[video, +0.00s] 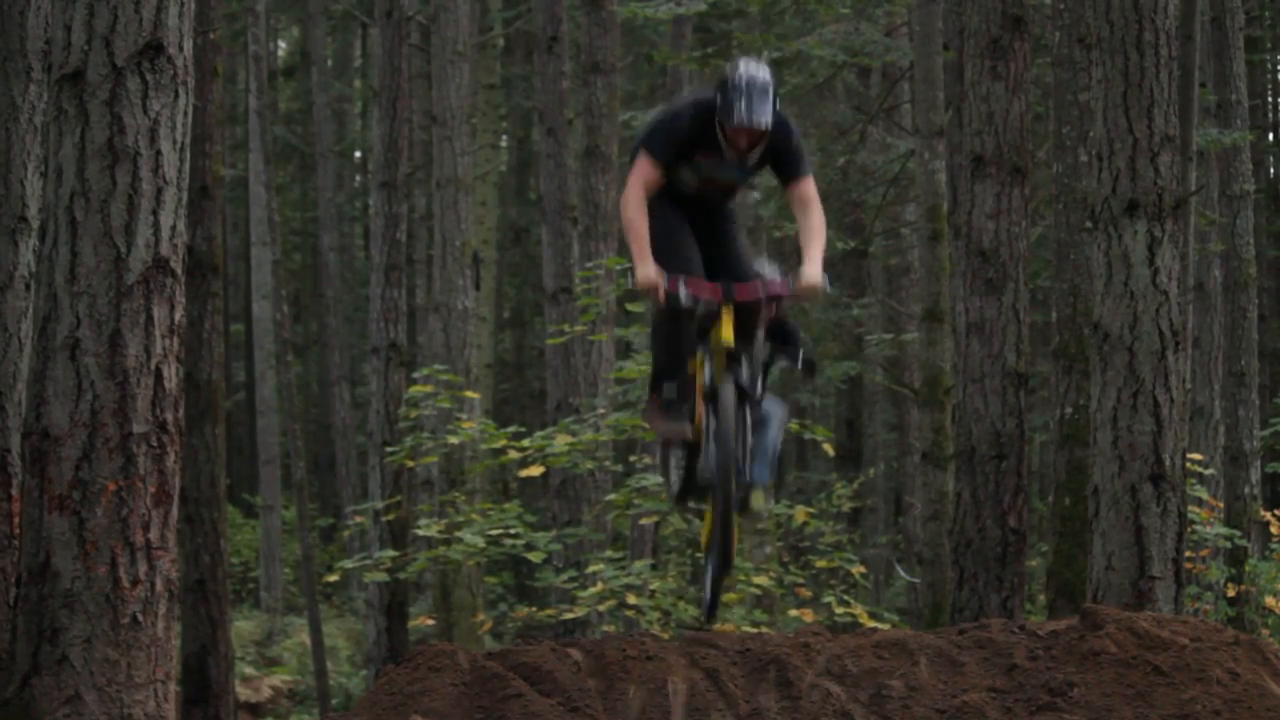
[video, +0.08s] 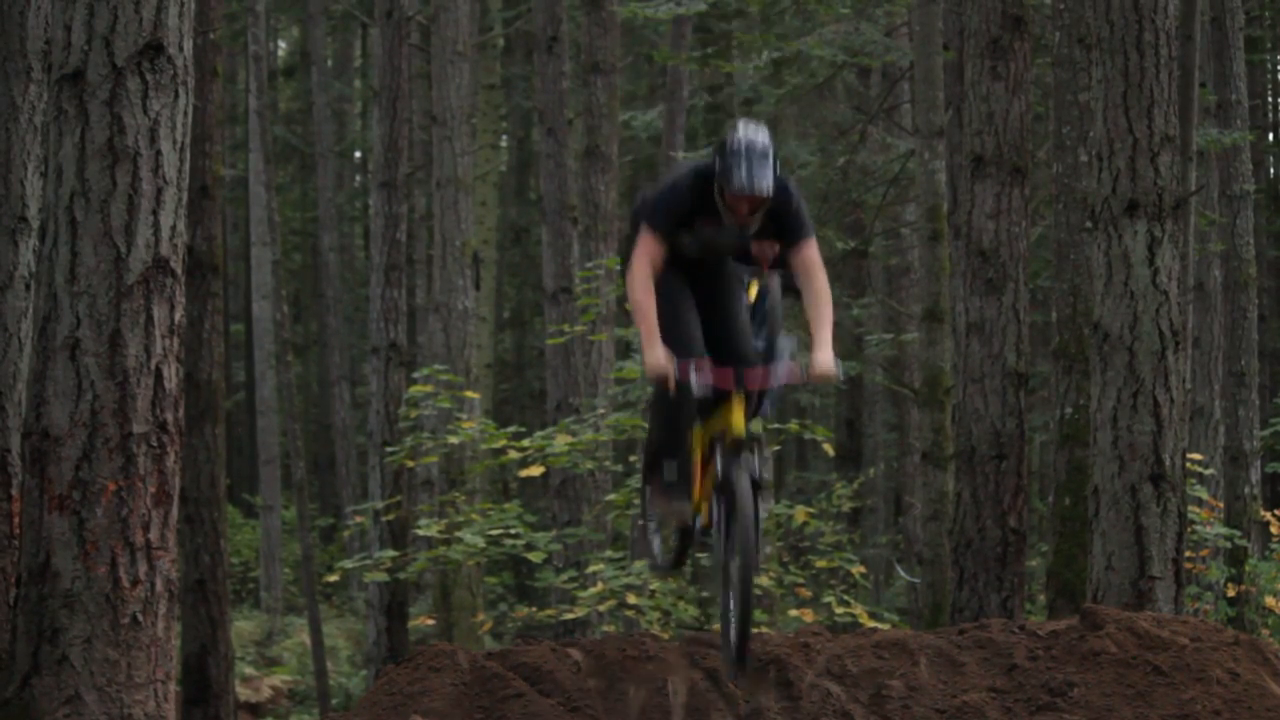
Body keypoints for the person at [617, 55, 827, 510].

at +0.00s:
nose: (746, 140)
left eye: (755, 131)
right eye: (739, 130)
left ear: (770, 119)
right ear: (722, 112)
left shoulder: (778, 133)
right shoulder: (683, 122)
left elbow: (807, 203)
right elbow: (634, 190)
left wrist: (812, 266)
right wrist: (644, 263)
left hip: (715, 208)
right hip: (666, 203)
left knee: (749, 295)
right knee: (682, 286)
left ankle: (741, 383)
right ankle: (665, 396)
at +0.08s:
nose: (743, 207)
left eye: (753, 198)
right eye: (735, 197)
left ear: (769, 186)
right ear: (718, 180)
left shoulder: (783, 199)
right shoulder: (683, 192)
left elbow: (812, 273)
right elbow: (640, 266)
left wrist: (822, 349)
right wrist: (652, 347)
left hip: (724, 274)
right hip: (671, 275)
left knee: (745, 367)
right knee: (682, 366)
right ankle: (663, 480)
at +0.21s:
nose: (747, 386)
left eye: (758, 376)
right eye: (739, 374)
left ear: (773, 365)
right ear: (719, 359)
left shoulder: (780, 373)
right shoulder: (679, 370)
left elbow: (825, 451)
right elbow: (635, 454)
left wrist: (834, 514)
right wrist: (653, 527)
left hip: (723, 434)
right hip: (670, 434)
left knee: (744, 520)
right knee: (688, 522)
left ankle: (728, 621)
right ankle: (680, 628)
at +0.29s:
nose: (749, 468)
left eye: (759, 459)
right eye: (742, 457)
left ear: (776, 442)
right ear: (720, 439)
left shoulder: (784, 451)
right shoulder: (674, 441)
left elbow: (822, 521)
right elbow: (616, 522)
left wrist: (832, 561)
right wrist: (642, 582)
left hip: (734, 512)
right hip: (670, 516)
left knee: (767, 561)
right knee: (692, 593)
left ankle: (765, 657)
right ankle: (693, 693)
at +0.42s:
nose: (732, 474)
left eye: (742, 461)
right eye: (721, 461)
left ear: (759, 455)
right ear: (700, 453)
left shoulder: (782, 483)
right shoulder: (660, 488)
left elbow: (825, 565)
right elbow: (611, 579)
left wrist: (827, 632)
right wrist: (627, 655)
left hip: (741, 575)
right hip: (668, 584)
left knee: (775, 653)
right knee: (688, 682)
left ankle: (776, 712)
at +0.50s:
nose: (709, 489)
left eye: (721, 476)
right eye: (695, 476)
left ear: (739, 472)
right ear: (675, 475)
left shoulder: (772, 527)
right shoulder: (638, 535)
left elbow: (813, 622)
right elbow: (600, 637)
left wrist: (815, 706)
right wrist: (604, 714)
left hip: (743, 636)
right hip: (663, 641)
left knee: (765, 710)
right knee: (678, 713)